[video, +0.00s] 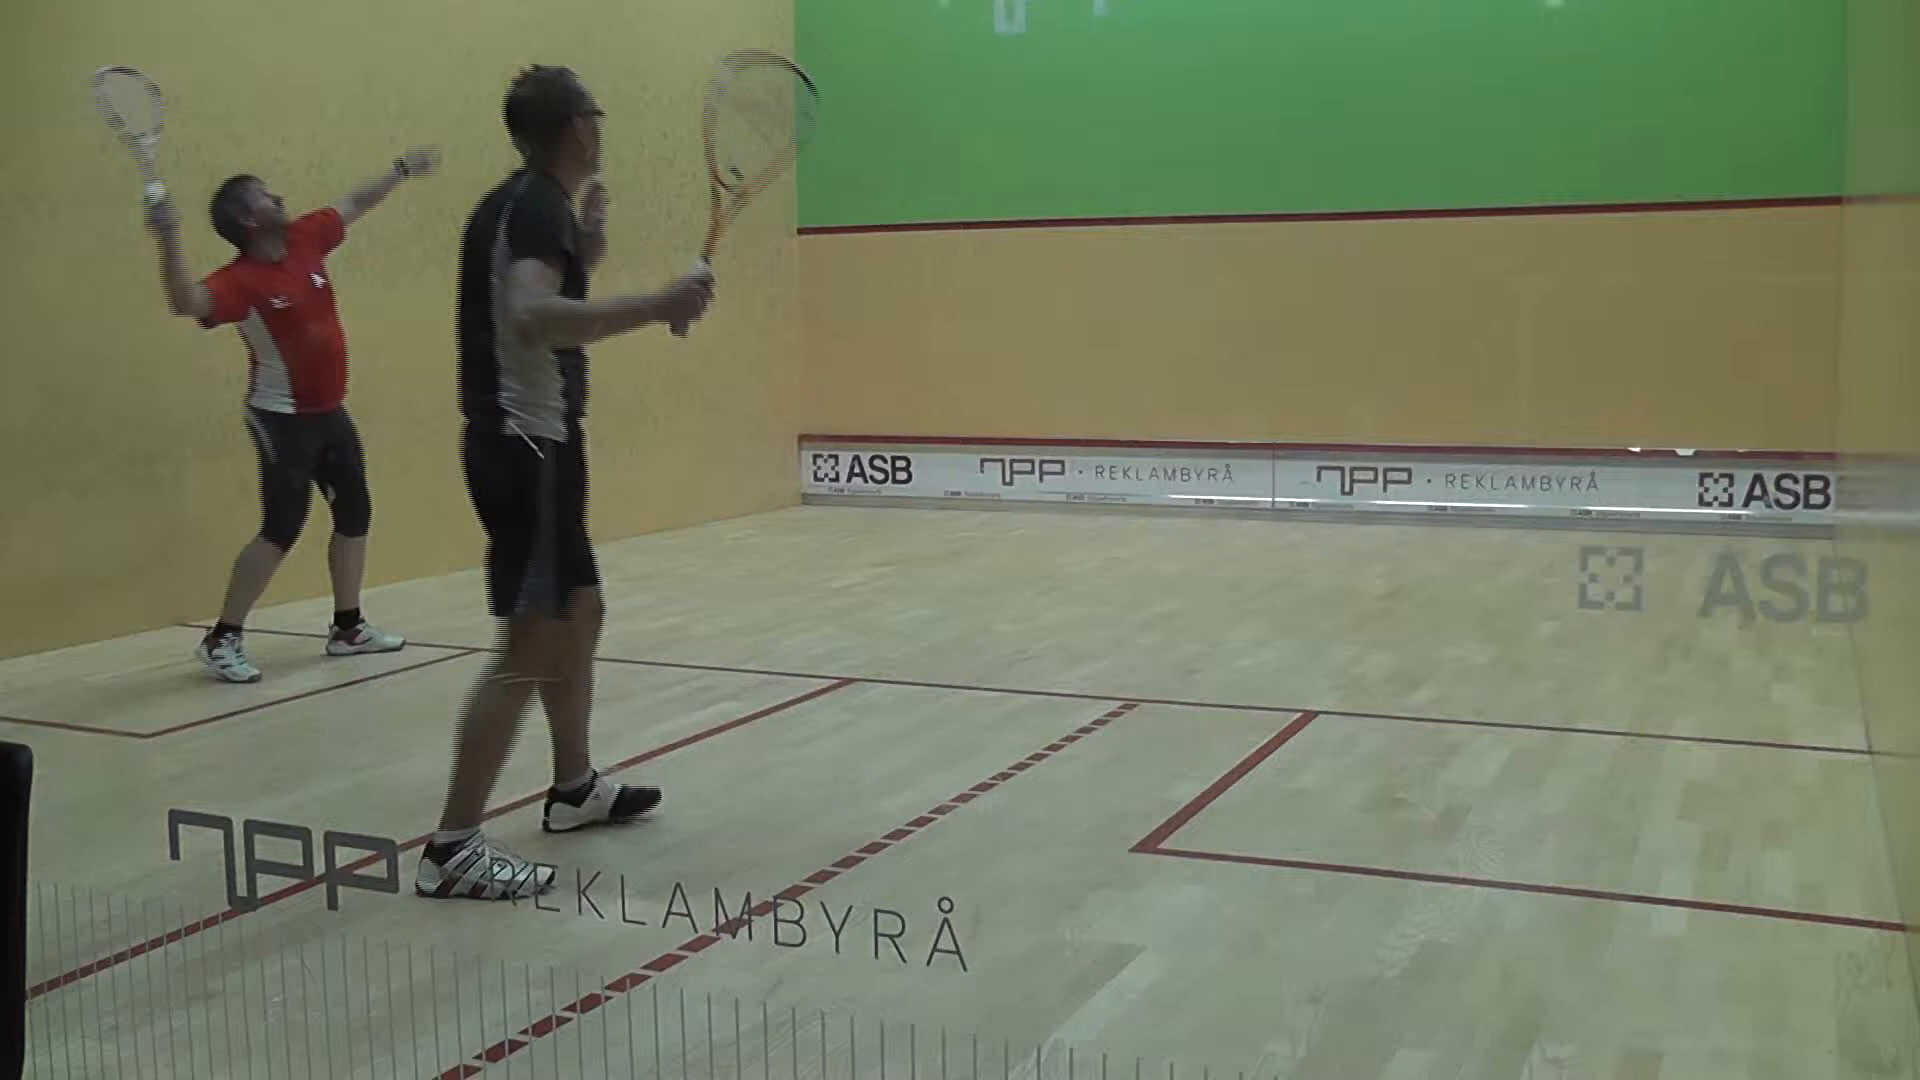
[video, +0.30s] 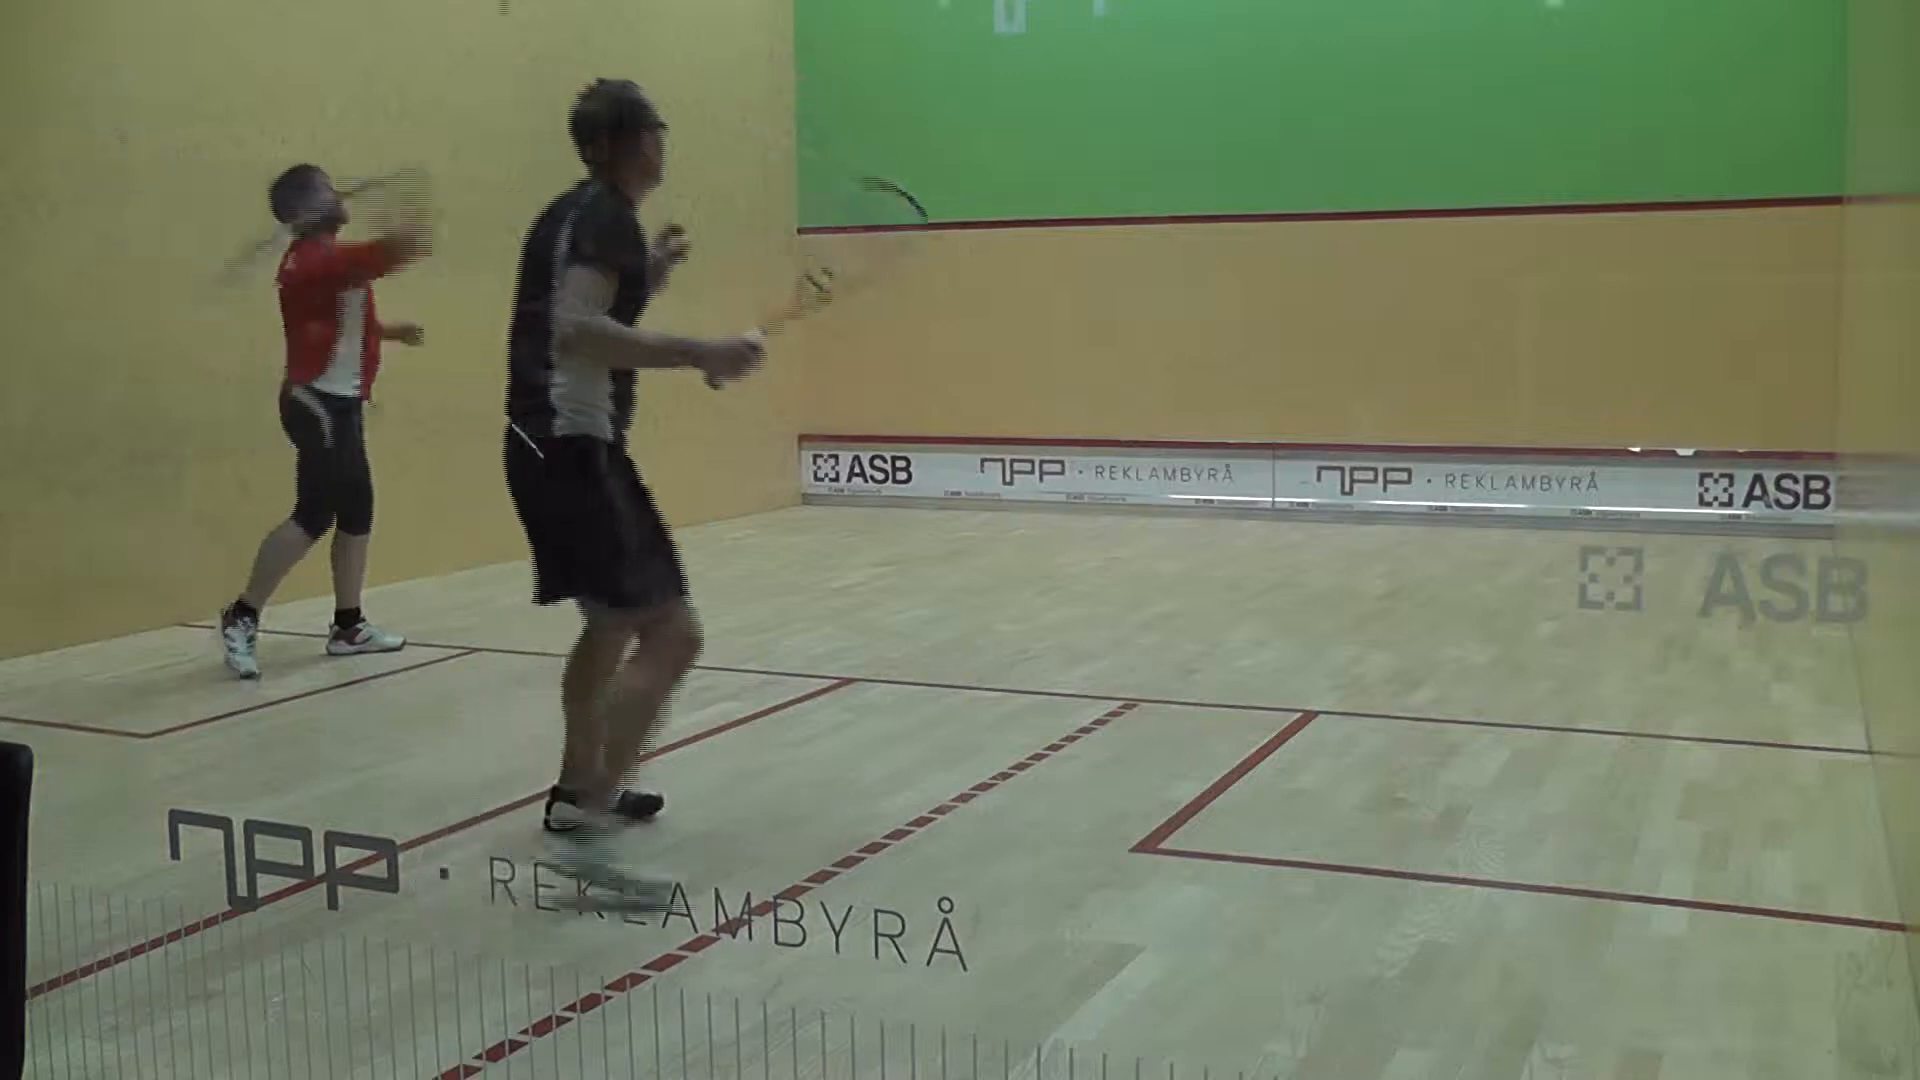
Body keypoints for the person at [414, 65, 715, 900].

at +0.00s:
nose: (600, 132)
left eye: (595, 120)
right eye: (594, 120)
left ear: (530, 135)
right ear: (574, 130)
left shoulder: (509, 206)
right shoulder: (536, 203)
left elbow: (535, 321)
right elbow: (529, 317)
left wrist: (583, 256)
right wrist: (658, 307)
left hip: (531, 445)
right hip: (526, 449)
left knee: (579, 605)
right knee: (532, 644)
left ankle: (574, 788)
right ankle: (453, 844)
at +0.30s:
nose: (663, 149)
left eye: (659, 135)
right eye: (652, 135)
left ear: (597, 147)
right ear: (619, 145)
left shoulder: (569, 219)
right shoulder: (601, 217)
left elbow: (587, 341)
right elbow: (576, 331)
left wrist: (642, 279)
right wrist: (698, 353)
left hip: (552, 448)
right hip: (579, 450)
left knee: (609, 622)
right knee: (671, 636)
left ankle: (583, 786)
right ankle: (589, 803)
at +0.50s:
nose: (718, 172)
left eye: (712, 158)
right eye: (711, 159)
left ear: (644, 169)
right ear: (690, 170)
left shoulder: (608, 244)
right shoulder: (656, 247)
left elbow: (595, 350)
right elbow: (644, 366)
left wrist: (681, 312)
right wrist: (777, 391)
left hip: (589, 478)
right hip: (627, 482)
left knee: (643, 630)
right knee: (730, 661)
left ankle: (583, 791)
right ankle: (733, 878)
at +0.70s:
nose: (771, 143)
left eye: (767, 128)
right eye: (768, 129)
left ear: (690, 133)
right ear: (752, 135)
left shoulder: (643, 212)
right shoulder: (721, 216)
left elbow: (633, 338)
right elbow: (715, 337)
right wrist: (857, 380)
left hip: (610, 458)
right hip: (677, 463)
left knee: (652, 633)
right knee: (781, 658)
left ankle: (554, 811)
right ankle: (743, 878)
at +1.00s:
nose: (821, 143)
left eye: (818, 127)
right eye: (807, 128)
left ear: (763, 143)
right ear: (759, 142)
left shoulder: (739, 229)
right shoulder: (701, 221)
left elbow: (762, 363)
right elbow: (638, 355)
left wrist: (873, 418)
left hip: (684, 474)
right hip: (652, 477)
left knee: (784, 649)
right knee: (784, 646)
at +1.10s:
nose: (806, 130)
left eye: (803, 114)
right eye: (789, 114)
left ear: (751, 131)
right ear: (736, 126)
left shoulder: (740, 226)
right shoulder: (666, 206)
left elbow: (774, 352)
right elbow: (571, 325)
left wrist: (882, 402)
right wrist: (685, 387)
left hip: (674, 457)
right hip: (619, 461)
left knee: (740, 656)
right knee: (752, 656)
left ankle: (633, 827)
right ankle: (799, 871)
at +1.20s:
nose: (761, 127)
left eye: (759, 110)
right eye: (743, 111)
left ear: (725, 123)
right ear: (688, 123)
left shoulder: (731, 232)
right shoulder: (602, 204)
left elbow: (775, 346)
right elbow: (477, 309)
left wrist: (849, 390)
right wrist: (554, 354)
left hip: (653, 466)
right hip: (578, 468)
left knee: (696, 667)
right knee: (692, 661)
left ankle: (602, 857)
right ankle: (726, 895)